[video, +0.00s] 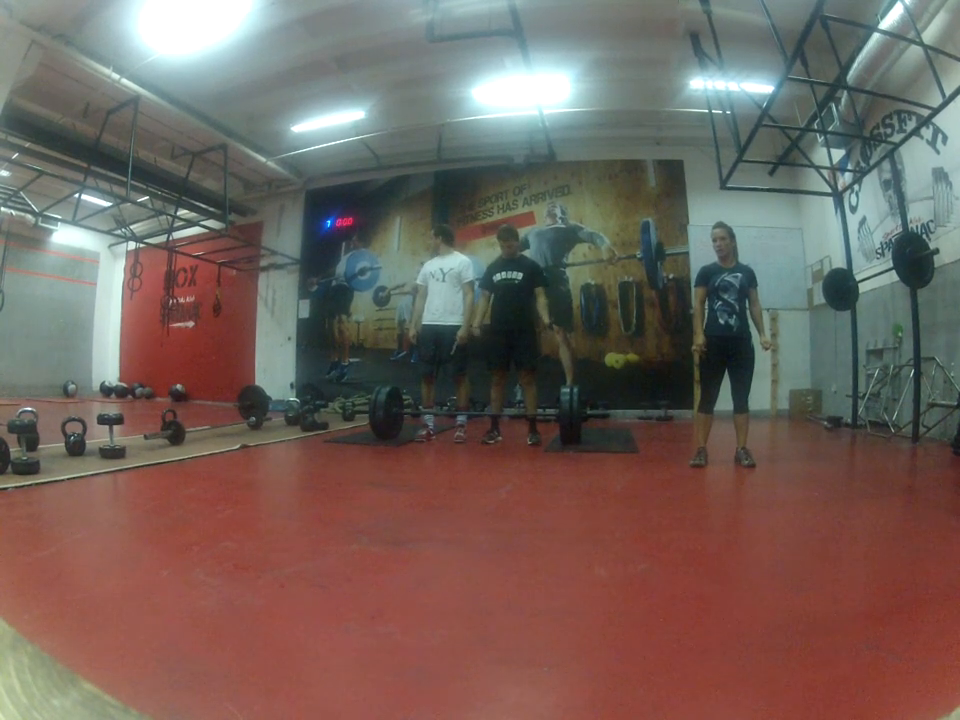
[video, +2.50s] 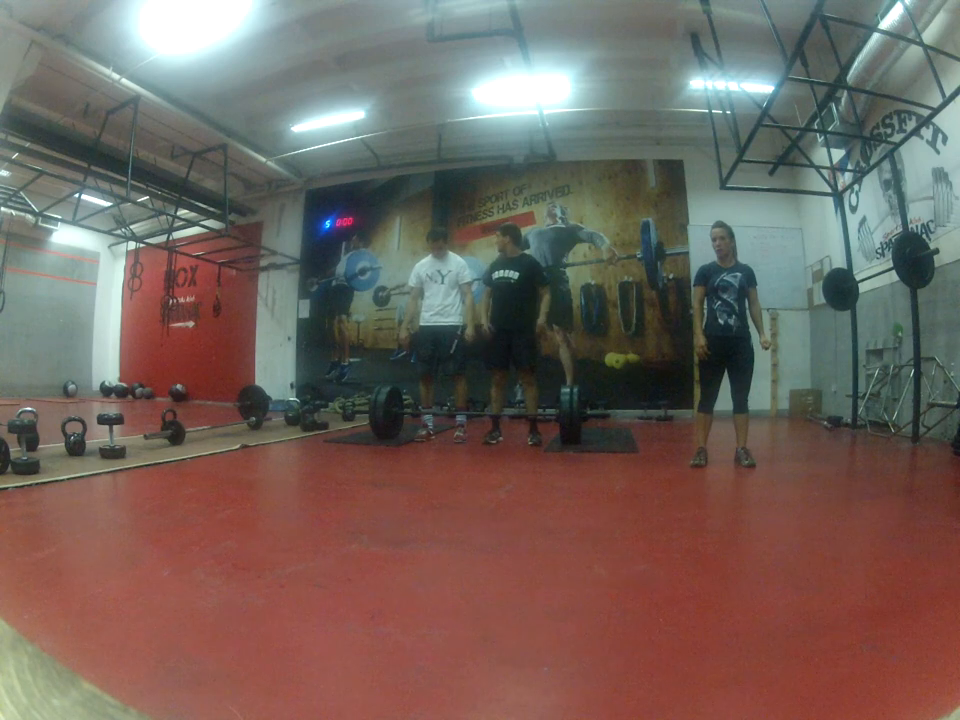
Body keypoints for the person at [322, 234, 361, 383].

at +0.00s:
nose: (353, 243)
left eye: (355, 240)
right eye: (352, 240)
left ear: (360, 242)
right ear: (351, 242)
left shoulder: (361, 256)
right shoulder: (348, 256)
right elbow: (336, 272)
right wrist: (319, 279)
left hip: (345, 289)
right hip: (335, 288)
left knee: (342, 326)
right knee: (333, 327)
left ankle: (345, 362)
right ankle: (335, 361)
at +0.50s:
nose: (353, 243)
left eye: (356, 240)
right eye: (353, 240)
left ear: (361, 242)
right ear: (352, 242)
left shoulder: (361, 256)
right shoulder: (347, 256)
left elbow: (365, 274)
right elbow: (335, 273)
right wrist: (318, 279)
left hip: (346, 288)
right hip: (335, 288)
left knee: (342, 324)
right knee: (333, 325)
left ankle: (345, 363)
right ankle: (335, 362)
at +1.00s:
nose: (354, 243)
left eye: (356, 241)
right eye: (353, 241)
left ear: (362, 243)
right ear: (353, 242)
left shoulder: (362, 256)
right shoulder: (348, 256)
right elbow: (336, 272)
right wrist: (318, 279)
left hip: (346, 289)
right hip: (335, 288)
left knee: (342, 325)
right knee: (333, 326)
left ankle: (345, 363)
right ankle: (335, 361)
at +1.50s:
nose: (353, 243)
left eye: (356, 241)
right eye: (353, 241)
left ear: (361, 242)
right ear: (353, 242)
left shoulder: (360, 256)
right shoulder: (349, 256)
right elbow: (336, 272)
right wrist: (319, 279)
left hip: (346, 288)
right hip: (335, 288)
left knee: (342, 324)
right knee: (333, 325)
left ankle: (345, 363)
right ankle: (335, 361)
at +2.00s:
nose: (353, 243)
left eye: (355, 241)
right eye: (353, 241)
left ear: (360, 242)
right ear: (354, 242)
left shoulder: (361, 256)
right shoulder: (349, 256)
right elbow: (337, 272)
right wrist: (319, 279)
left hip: (345, 288)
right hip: (335, 288)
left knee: (342, 324)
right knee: (333, 325)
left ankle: (345, 363)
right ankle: (335, 361)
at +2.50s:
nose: (352, 243)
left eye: (354, 241)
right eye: (352, 240)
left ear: (360, 242)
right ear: (353, 242)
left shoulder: (360, 256)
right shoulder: (348, 256)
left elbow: (362, 275)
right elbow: (337, 273)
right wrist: (319, 280)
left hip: (346, 289)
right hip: (336, 288)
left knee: (342, 324)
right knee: (334, 325)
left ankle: (345, 362)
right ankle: (335, 360)